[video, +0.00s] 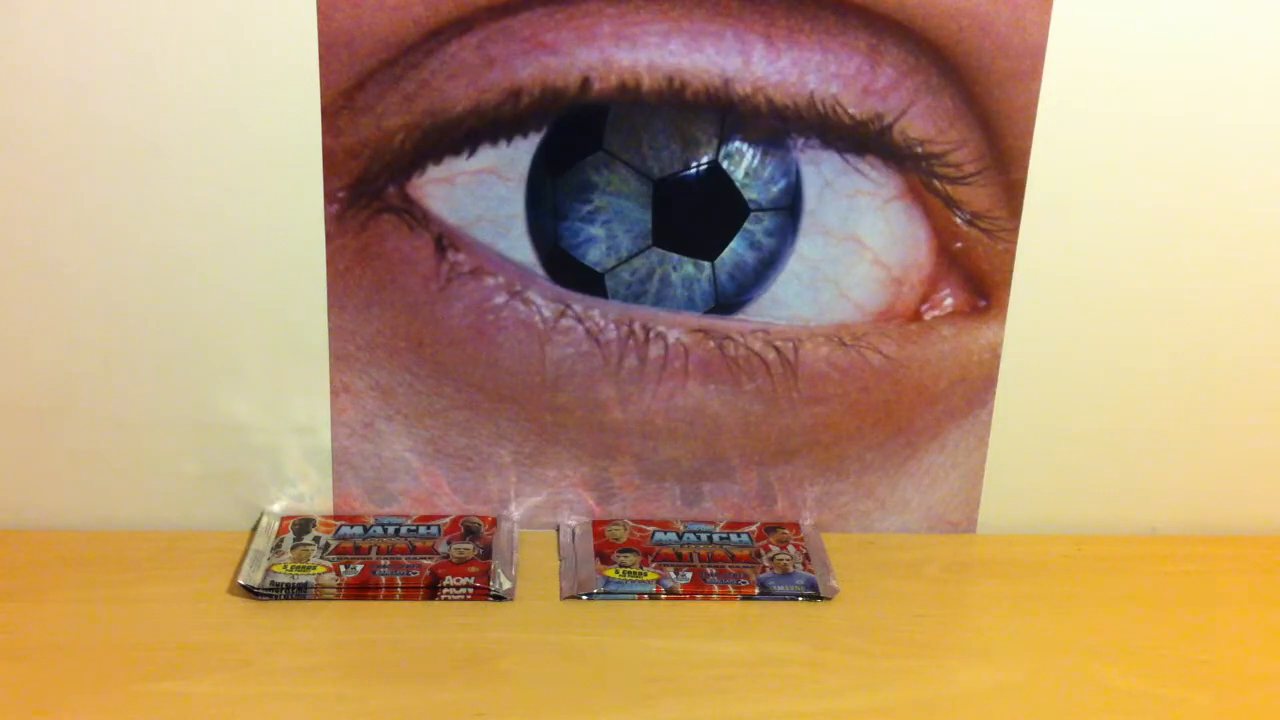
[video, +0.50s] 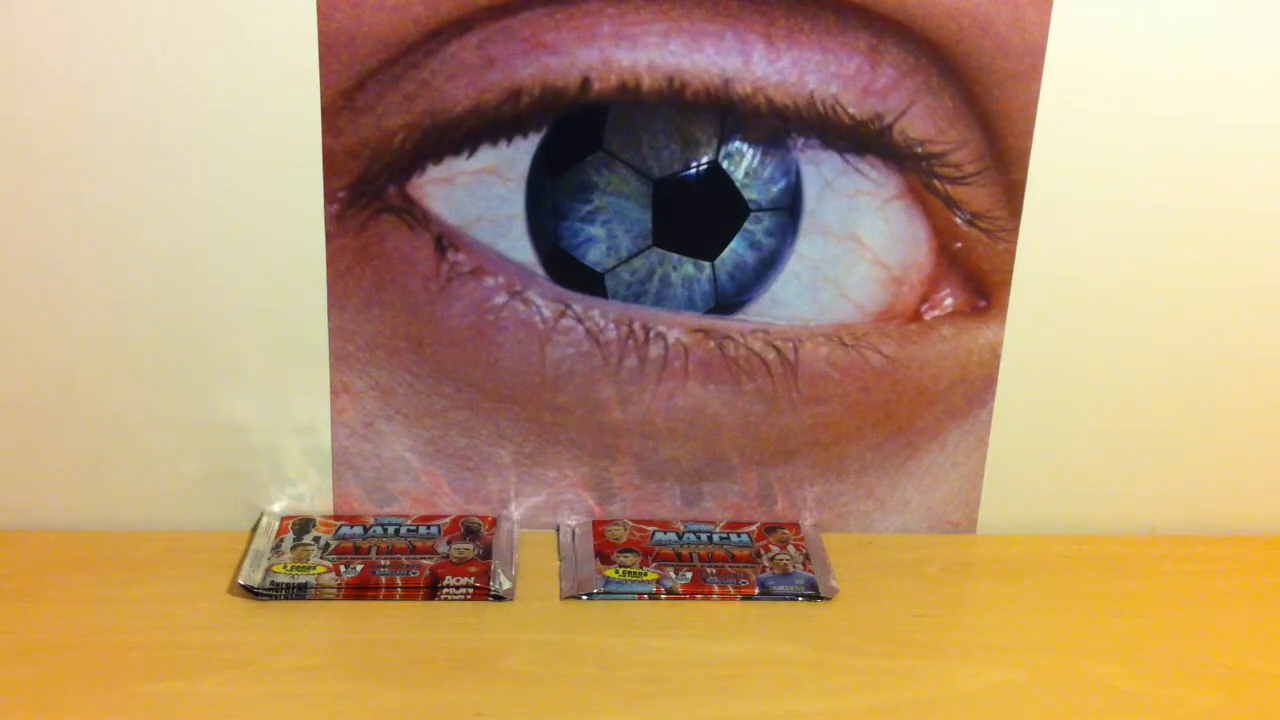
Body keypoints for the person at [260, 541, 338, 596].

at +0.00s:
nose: (309, 554)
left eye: (312, 551)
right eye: (305, 551)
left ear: (315, 552)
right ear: (292, 552)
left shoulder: (323, 568)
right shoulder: (275, 567)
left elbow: (328, 596)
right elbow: (262, 593)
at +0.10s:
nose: (309, 554)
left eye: (311, 551)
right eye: (304, 551)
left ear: (314, 552)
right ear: (292, 552)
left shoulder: (323, 568)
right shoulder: (275, 568)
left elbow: (328, 596)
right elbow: (262, 593)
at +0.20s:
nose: (309, 554)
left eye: (312, 551)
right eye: (304, 551)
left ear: (315, 551)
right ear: (292, 552)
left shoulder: (323, 568)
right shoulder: (274, 568)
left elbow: (328, 596)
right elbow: (262, 593)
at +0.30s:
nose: (309, 554)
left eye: (312, 551)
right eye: (304, 551)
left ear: (315, 551)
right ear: (292, 552)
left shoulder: (323, 568)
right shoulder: (275, 568)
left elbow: (328, 596)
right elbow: (262, 593)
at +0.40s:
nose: (309, 555)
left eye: (311, 551)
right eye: (304, 551)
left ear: (314, 552)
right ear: (292, 551)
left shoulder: (323, 568)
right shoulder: (275, 567)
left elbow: (328, 595)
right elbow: (262, 593)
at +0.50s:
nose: (309, 554)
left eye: (311, 551)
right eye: (304, 551)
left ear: (314, 552)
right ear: (292, 551)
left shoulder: (323, 568)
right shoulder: (275, 568)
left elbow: (328, 595)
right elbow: (263, 593)